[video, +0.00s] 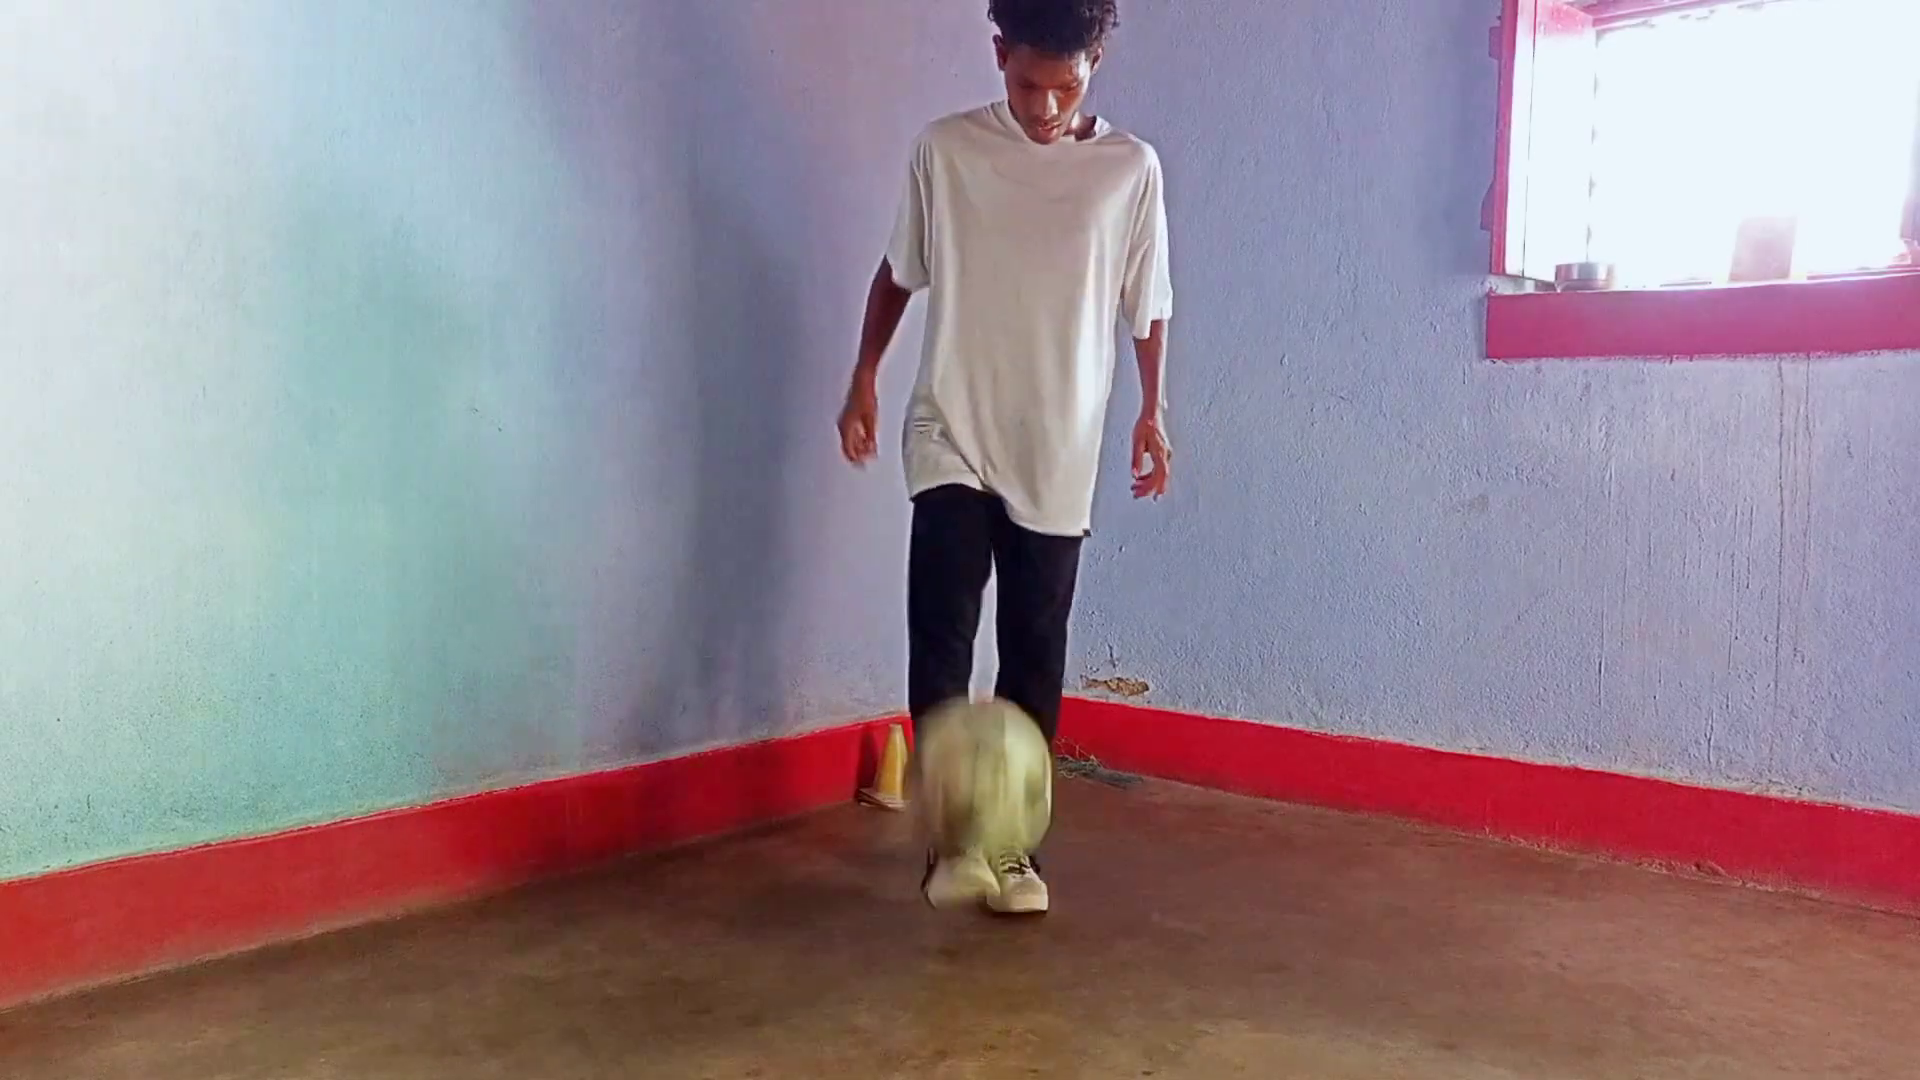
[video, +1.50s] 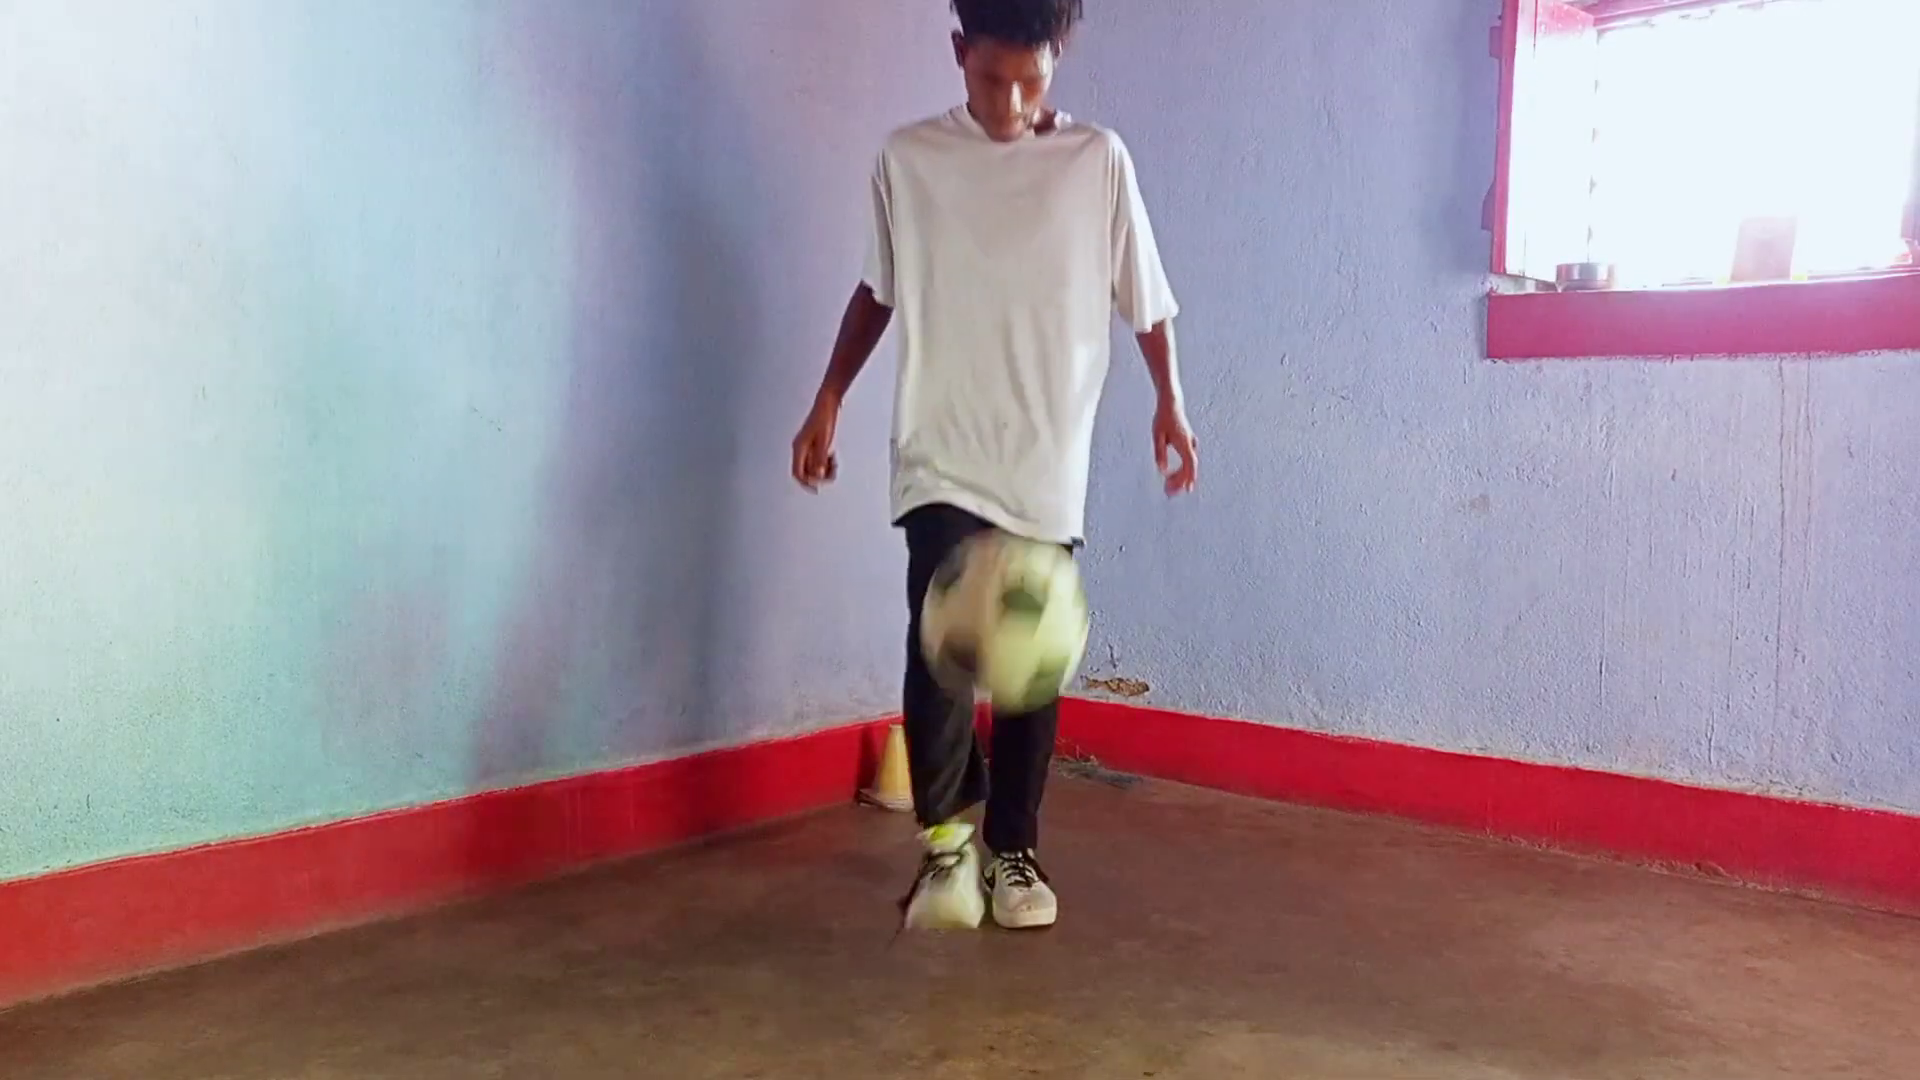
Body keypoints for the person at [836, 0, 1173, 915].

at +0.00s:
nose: (1047, 108)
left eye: (1067, 89)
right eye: (1029, 85)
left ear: (1096, 63)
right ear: (1000, 53)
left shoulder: (1132, 167)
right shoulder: (944, 148)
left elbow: (1147, 302)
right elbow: (898, 273)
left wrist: (1152, 411)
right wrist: (863, 377)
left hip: (1058, 444)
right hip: (953, 431)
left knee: (1035, 652)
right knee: (941, 638)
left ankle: (1017, 849)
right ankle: (953, 842)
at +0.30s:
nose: (1030, 128)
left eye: (1051, 107)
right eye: (1011, 105)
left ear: (1083, 78)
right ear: (982, 70)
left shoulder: (1120, 179)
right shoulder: (932, 161)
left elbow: (1147, 309)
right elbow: (893, 287)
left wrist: (1152, 420)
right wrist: (852, 397)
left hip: (1053, 452)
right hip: (954, 440)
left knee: (1034, 658)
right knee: (963, 635)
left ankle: (1010, 847)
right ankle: (951, 847)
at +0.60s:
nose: (989, 105)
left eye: (1007, 86)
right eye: (971, 85)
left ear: (1039, 60)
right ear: (943, 56)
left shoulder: (1085, 154)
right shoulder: (898, 147)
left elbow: (1127, 293)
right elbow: (871, 280)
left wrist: (1138, 409)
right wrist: (836, 395)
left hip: (1035, 442)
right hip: (926, 438)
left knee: (1022, 650)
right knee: (918, 646)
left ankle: (1005, 844)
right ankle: (910, 844)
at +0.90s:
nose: (973, 116)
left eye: (992, 96)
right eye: (955, 96)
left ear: (1017, 71)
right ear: (919, 59)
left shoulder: (1054, 153)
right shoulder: (867, 152)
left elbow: (1084, 288)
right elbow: (825, 288)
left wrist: (1103, 400)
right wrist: (799, 405)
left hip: (1013, 449)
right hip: (904, 448)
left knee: (1009, 648)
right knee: (902, 658)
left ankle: (1012, 835)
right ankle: (903, 850)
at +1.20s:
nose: (1013, 121)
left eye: (1031, 100)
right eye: (996, 97)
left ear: (1054, 77)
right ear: (958, 67)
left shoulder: (1088, 168)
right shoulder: (899, 159)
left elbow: (1111, 304)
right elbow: (846, 294)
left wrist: (1131, 418)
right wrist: (812, 412)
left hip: (1035, 447)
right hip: (928, 440)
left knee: (1027, 652)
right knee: (936, 640)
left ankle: (1015, 849)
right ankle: (912, 840)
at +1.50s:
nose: (1012, 104)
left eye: (1032, 84)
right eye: (996, 82)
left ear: (1059, 62)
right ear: (960, 52)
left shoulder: (1097, 158)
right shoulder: (910, 156)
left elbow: (1144, 293)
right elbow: (877, 292)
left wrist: (1169, 403)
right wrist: (825, 404)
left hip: (1049, 451)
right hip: (940, 443)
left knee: (1036, 662)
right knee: (940, 650)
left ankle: (1014, 856)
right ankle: (946, 845)